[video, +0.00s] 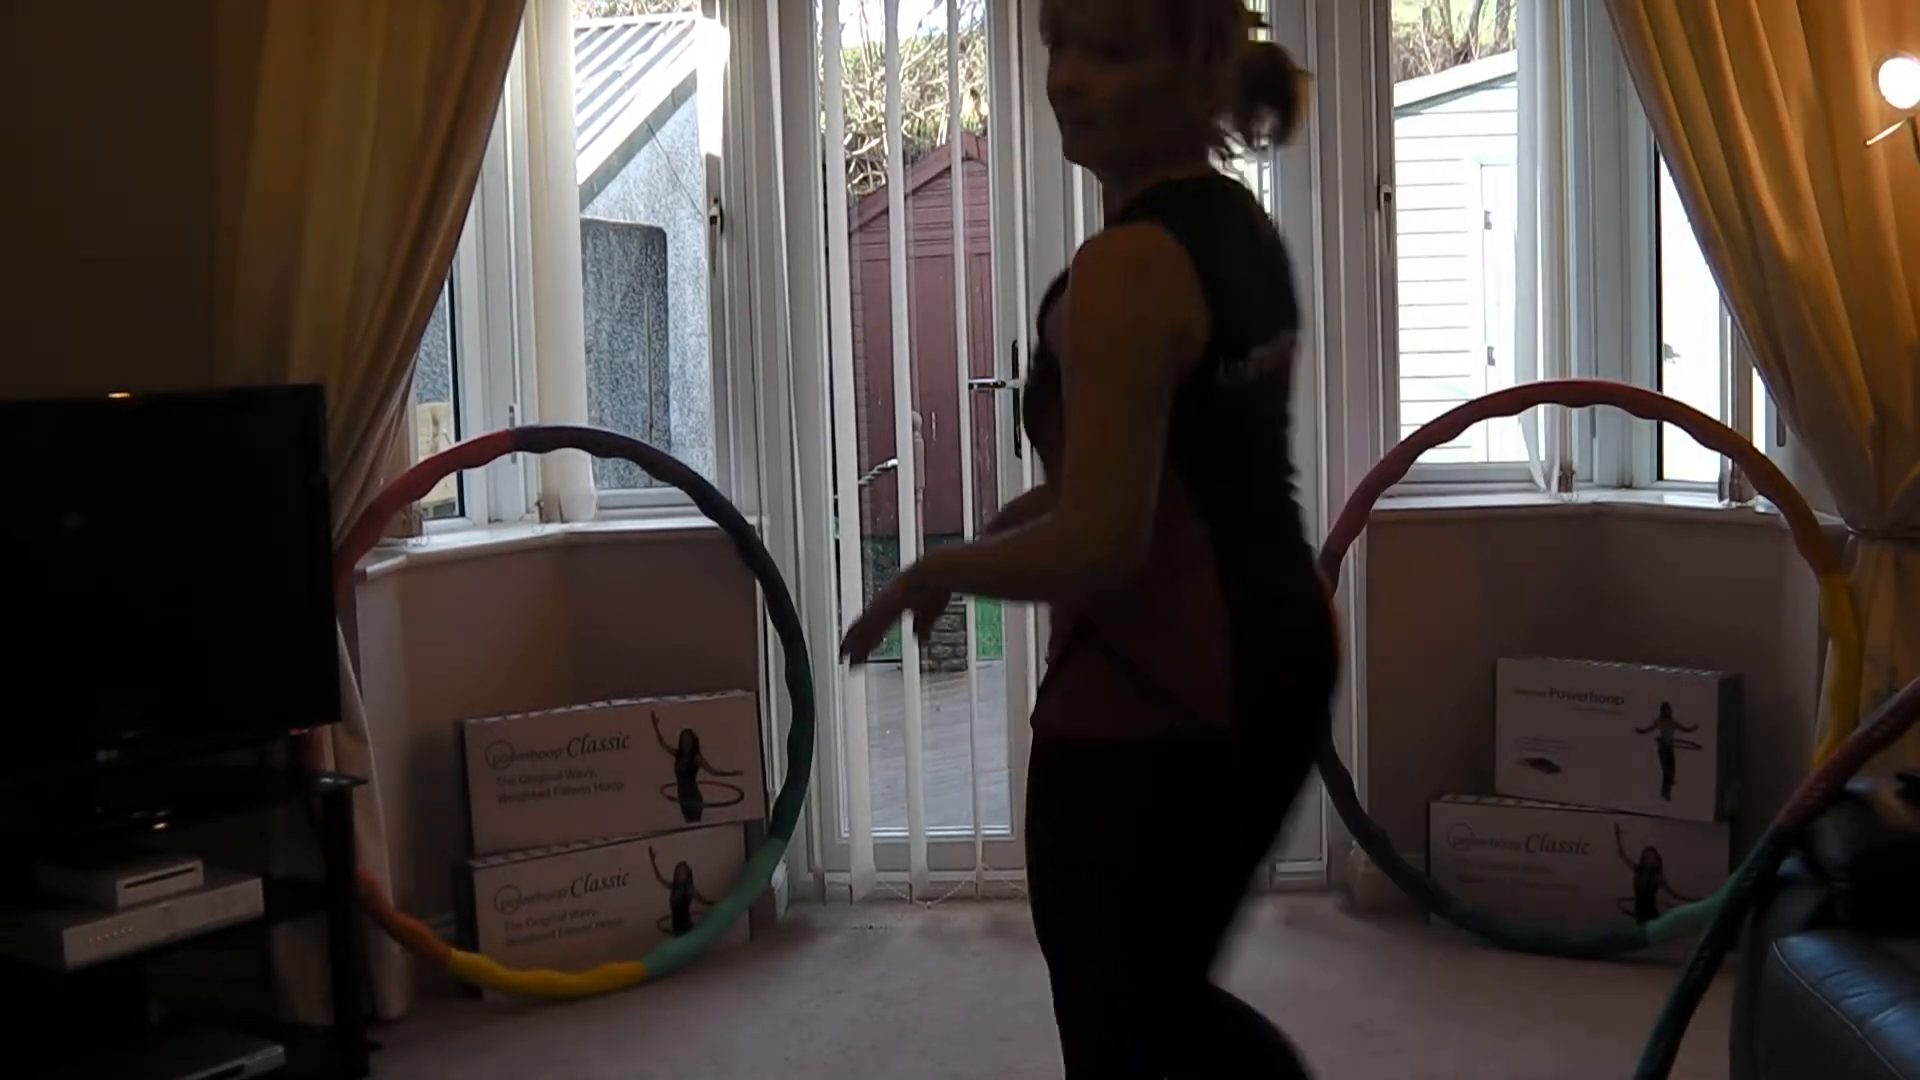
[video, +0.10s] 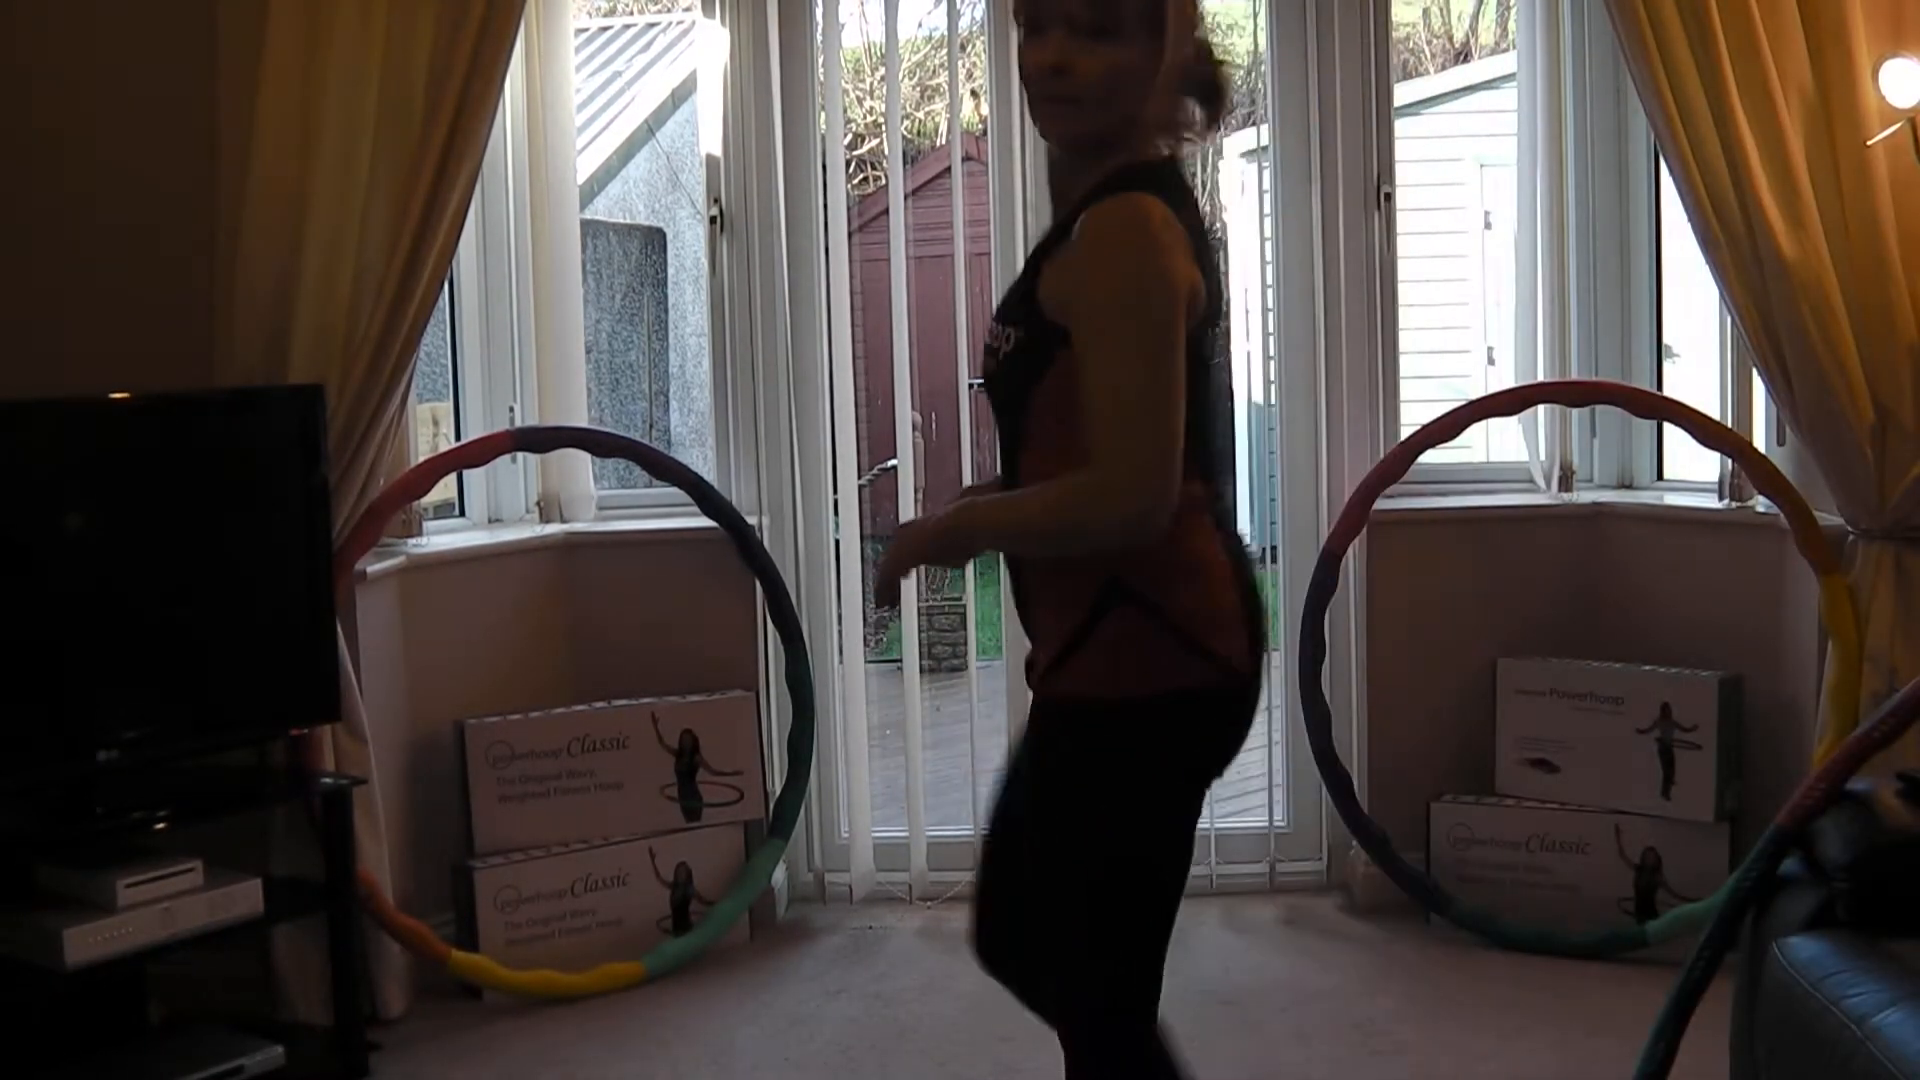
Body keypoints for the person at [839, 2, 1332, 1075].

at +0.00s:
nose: (1065, 78)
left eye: (1110, 48)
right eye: (1057, 45)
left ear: (1198, 69)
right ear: (1039, 52)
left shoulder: (1123, 267)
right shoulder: (1236, 231)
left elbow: (1097, 542)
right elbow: (1193, 468)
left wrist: (939, 569)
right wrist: (1037, 514)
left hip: (1147, 680)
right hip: (1263, 660)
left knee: (1113, 1022)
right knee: (1162, 990)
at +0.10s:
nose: (1053, 57)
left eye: (1098, 31)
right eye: (1037, 29)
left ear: (1169, 58)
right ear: (1014, 44)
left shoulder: (1127, 227)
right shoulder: (1110, 216)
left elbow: (1133, 490)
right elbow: (1110, 461)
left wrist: (959, 528)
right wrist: (982, 505)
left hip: (1147, 657)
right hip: (1131, 648)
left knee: (1041, 940)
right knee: (1045, 937)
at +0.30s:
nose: (1016, 84)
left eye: (1050, 57)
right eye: (992, 55)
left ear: (1096, 87)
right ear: (964, 76)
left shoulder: (1130, 252)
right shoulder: (942, 238)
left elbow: (1215, 468)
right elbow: (948, 423)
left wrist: (1037, 532)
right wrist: (839, 531)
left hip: (1100, 653)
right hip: (964, 635)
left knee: (1060, 967)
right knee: (911, 963)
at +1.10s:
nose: (1080, 144)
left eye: (1102, 123)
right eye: (1058, 125)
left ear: (1136, 143)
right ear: (1032, 146)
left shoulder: (1186, 271)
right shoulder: (984, 283)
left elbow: (1228, 409)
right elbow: (935, 438)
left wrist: (1219, 517)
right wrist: (970, 529)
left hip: (1154, 585)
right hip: (1022, 587)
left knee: (1138, 815)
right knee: (996, 828)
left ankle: (1124, 1011)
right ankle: (955, 1057)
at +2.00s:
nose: (1213, 121)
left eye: (1225, 102)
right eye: (1185, 98)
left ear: (1233, 119)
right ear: (1116, 113)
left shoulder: (1264, 252)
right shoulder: (1060, 265)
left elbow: (1315, 409)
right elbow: (994, 441)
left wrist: (1391, 475)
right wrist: (1054, 523)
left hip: (1247, 596)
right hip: (1106, 602)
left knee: (1284, 860)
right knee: (1128, 878)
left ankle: (1192, 977)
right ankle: (1134, 1075)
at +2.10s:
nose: (1200, 100)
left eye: (1219, 80)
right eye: (1170, 79)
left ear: (1245, 105)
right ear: (1124, 105)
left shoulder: (1284, 248)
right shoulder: (1075, 256)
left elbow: (1349, 403)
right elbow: (1006, 436)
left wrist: (1445, 464)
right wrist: (1070, 517)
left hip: (1266, 596)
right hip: (1122, 601)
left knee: (1338, 845)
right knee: (1135, 875)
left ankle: (1278, 1037)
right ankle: (1136, 1077)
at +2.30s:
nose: (1253, 91)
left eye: (1274, 69)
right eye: (1224, 70)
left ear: (1306, 93)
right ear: (1185, 95)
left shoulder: (1360, 252)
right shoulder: (1131, 250)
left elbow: (1469, 396)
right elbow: (1048, 426)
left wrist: (1597, 439)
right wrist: (1069, 526)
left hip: (1329, 600)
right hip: (1171, 604)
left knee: (1414, 892)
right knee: (1160, 889)